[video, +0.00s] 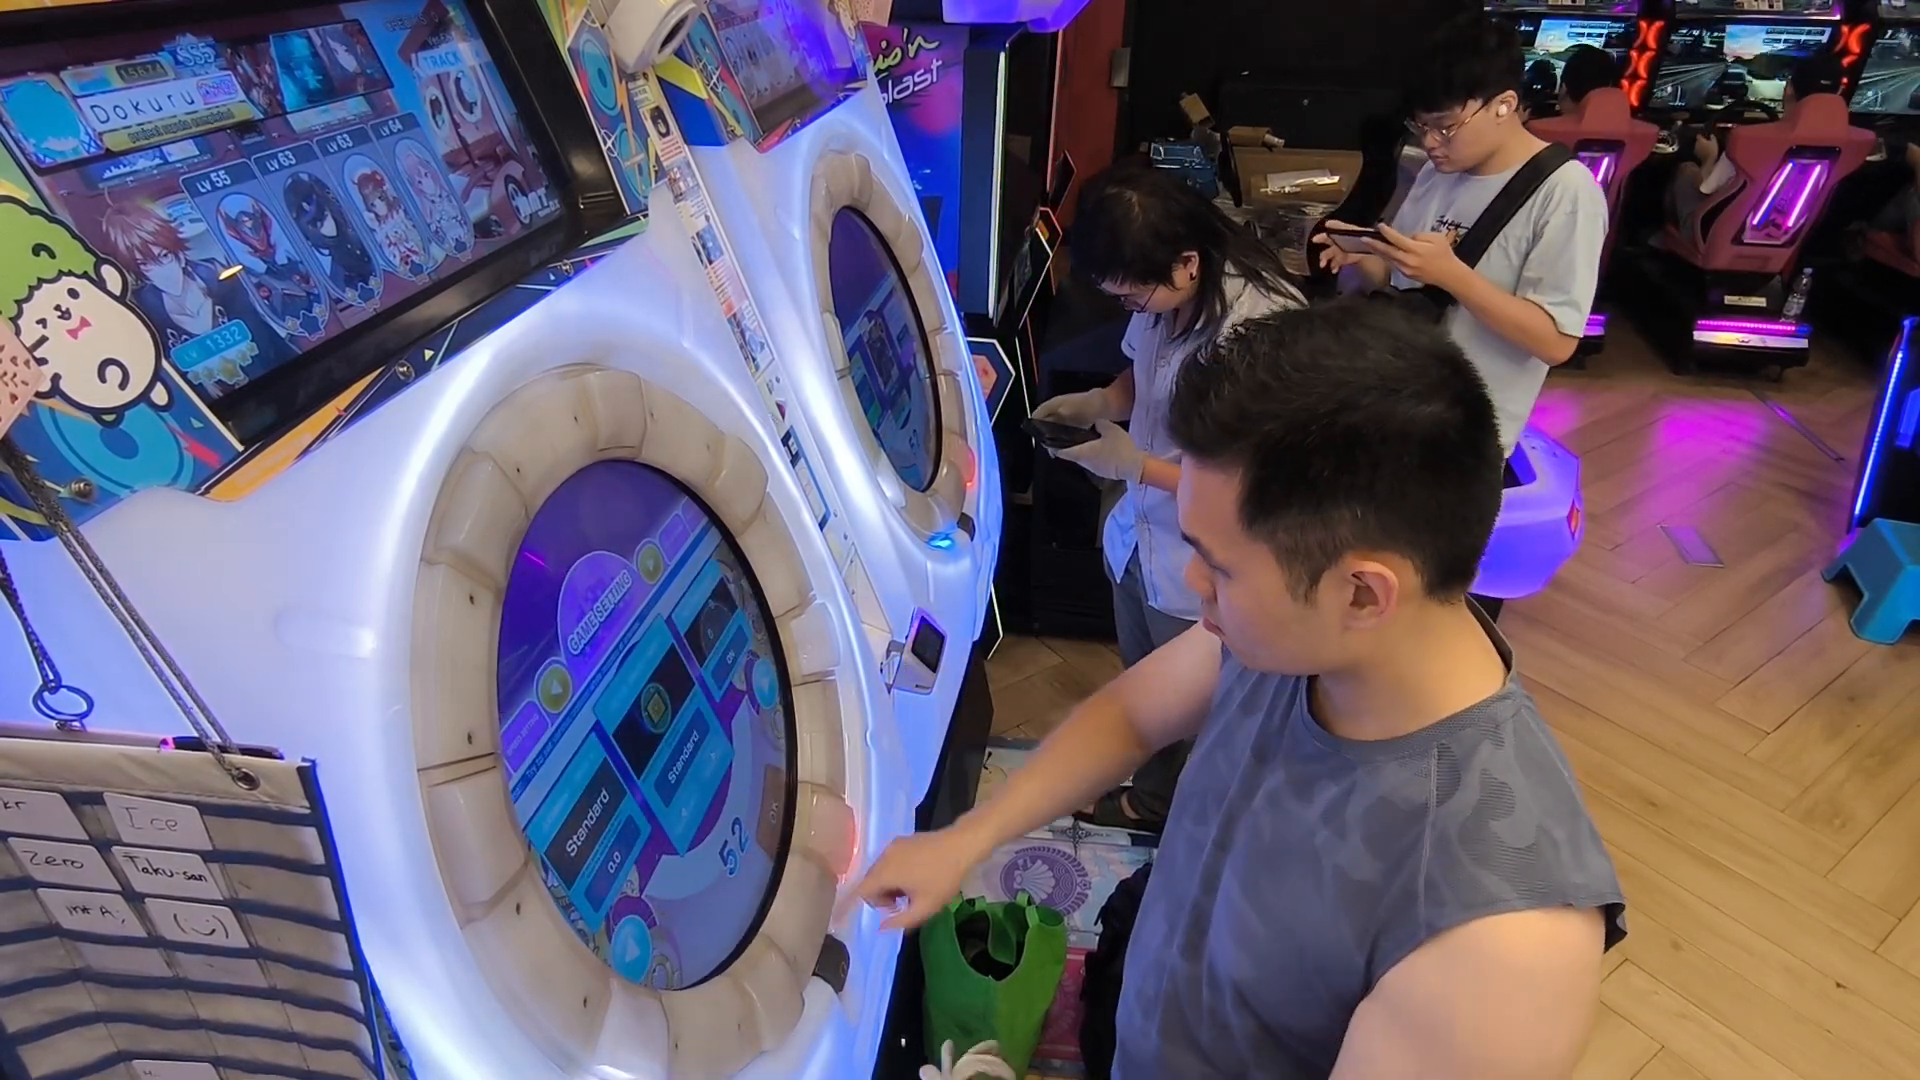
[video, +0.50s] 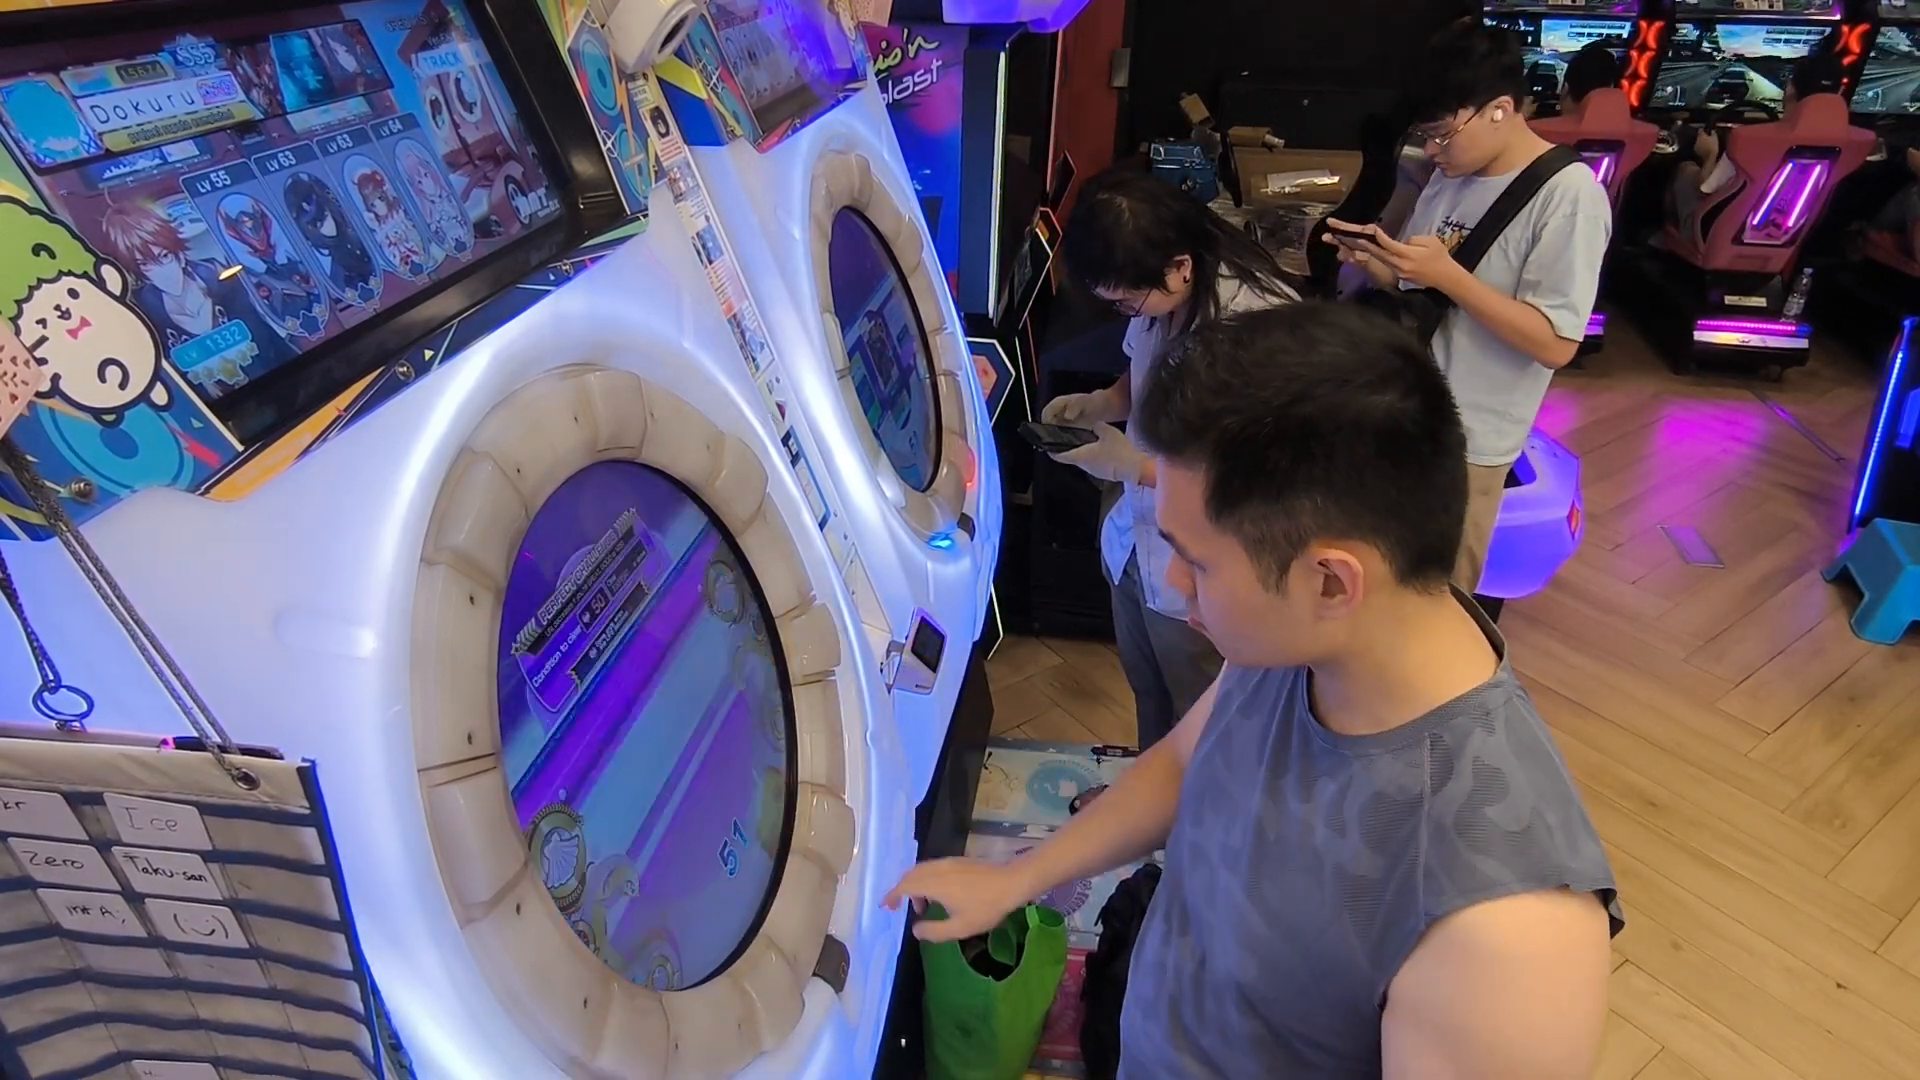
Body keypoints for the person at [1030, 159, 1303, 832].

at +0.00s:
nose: (1125, 301)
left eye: (1135, 289)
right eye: (1116, 290)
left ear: (1187, 265)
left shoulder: (1260, 337)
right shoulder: (1161, 301)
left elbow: (1253, 490)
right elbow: (1144, 387)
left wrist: (1140, 466)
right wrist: (1091, 405)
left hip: (1203, 548)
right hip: (1139, 529)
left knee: (1186, 698)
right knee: (1141, 681)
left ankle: (1173, 812)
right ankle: (1134, 788)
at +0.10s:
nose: (1123, 303)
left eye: (1132, 290)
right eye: (1114, 292)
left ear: (1185, 265)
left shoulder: (1257, 332)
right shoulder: (1161, 301)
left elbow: (1256, 484)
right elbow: (1143, 387)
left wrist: (1138, 466)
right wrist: (1087, 406)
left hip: (1203, 555)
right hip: (1138, 536)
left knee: (1195, 715)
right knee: (1148, 695)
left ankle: (1194, 844)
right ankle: (1155, 806)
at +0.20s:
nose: (1127, 309)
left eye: (1133, 296)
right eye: (1116, 298)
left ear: (1185, 268)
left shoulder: (1256, 332)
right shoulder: (1162, 294)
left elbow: (1257, 481)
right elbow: (1147, 377)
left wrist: (1139, 465)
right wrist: (1097, 405)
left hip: (1199, 552)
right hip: (1134, 534)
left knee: (1196, 719)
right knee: (1152, 710)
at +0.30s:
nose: (1127, 310)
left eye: (1132, 297)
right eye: (1116, 299)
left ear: (1183, 268)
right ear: (1177, 266)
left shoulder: (1257, 334)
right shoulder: (1161, 294)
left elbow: (1252, 485)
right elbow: (1142, 382)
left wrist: (1139, 466)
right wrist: (1099, 405)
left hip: (1198, 562)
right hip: (1133, 537)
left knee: (1200, 724)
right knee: (1152, 714)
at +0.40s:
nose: (1125, 311)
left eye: (1130, 298)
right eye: (1114, 300)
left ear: (1182, 269)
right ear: (1176, 267)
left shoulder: (1254, 334)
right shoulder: (1163, 293)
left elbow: (1250, 484)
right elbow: (1140, 384)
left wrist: (1137, 465)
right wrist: (1100, 406)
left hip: (1195, 560)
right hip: (1131, 534)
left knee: (1195, 725)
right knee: (1150, 704)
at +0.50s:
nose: (1121, 311)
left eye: (1127, 299)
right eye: (1111, 301)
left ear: (1180, 269)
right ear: (1175, 267)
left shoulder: (1251, 333)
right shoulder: (1164, 290)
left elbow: (1255, 484)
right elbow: (1144, 383)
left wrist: (1137, 467)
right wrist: (1103, 402)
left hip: (1198, 552)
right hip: (1134, 534)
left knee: (1200, 727)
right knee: (1152, 711)